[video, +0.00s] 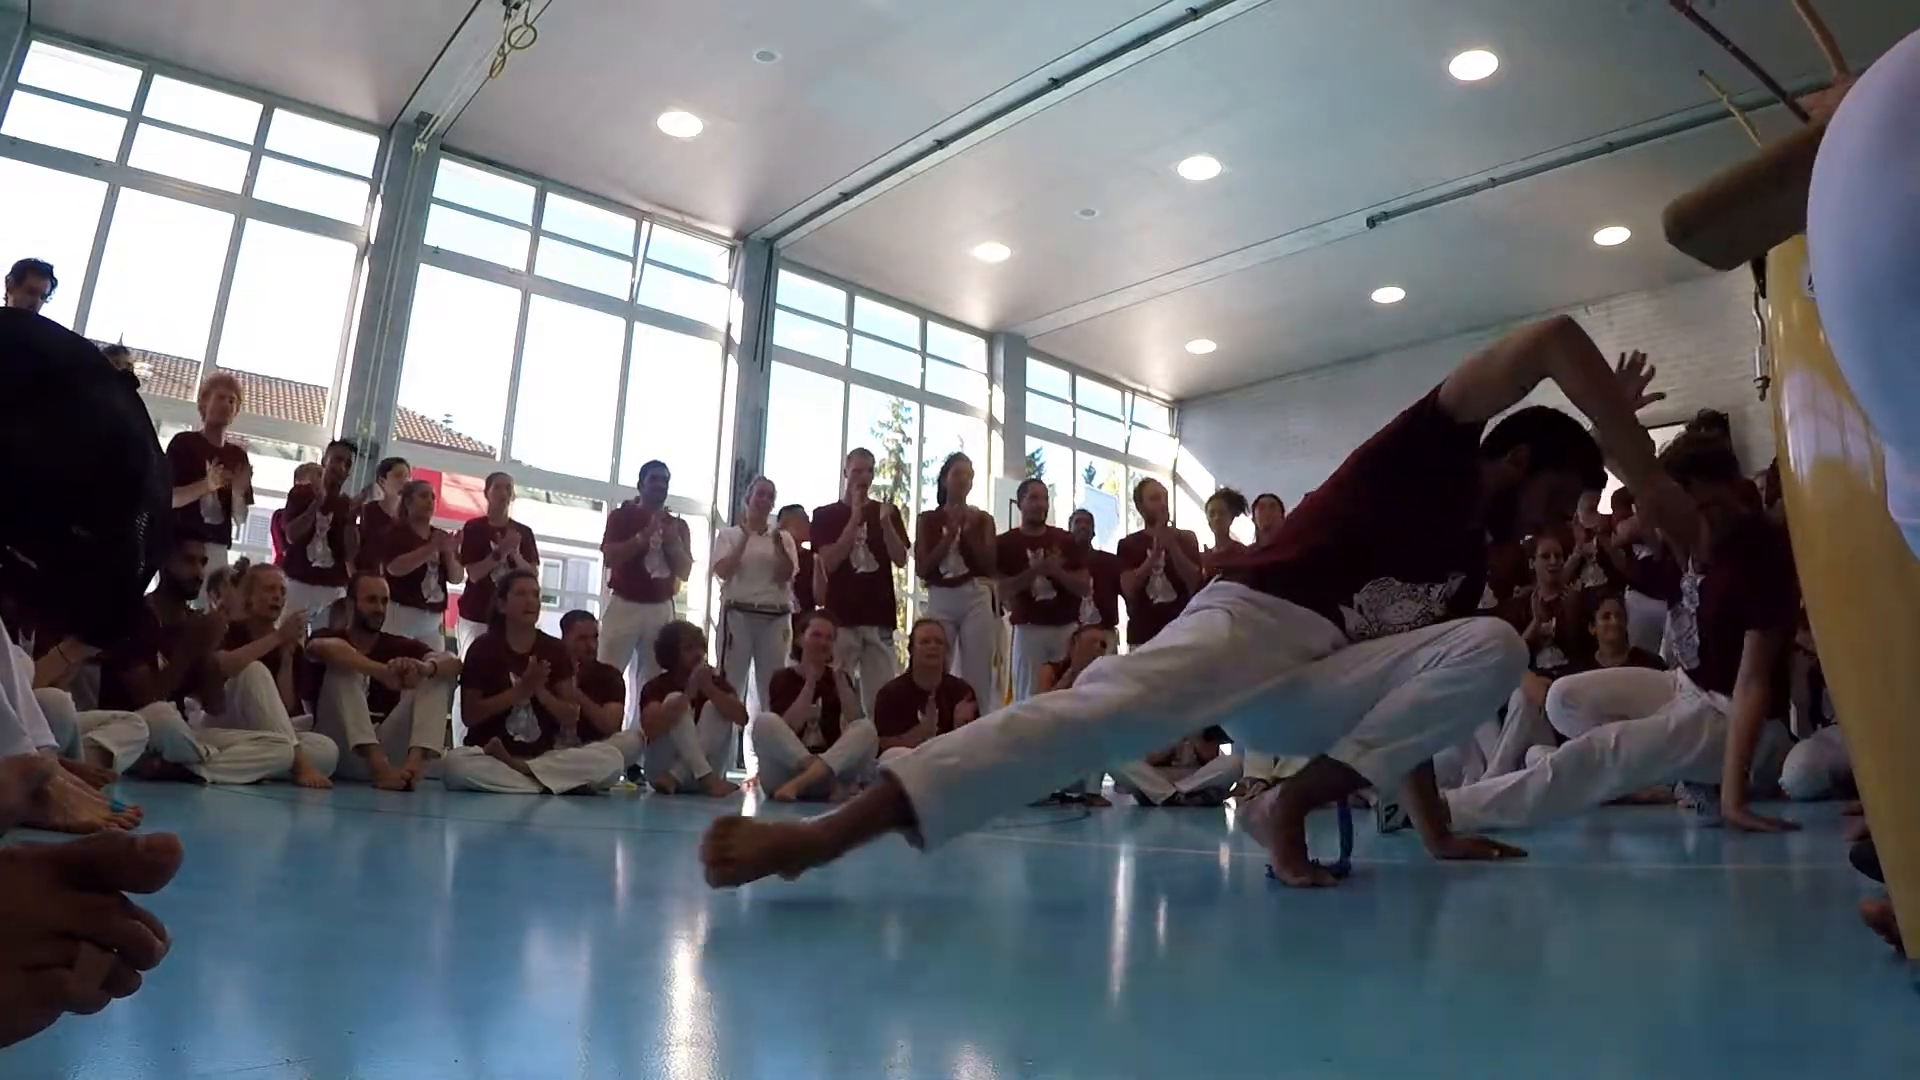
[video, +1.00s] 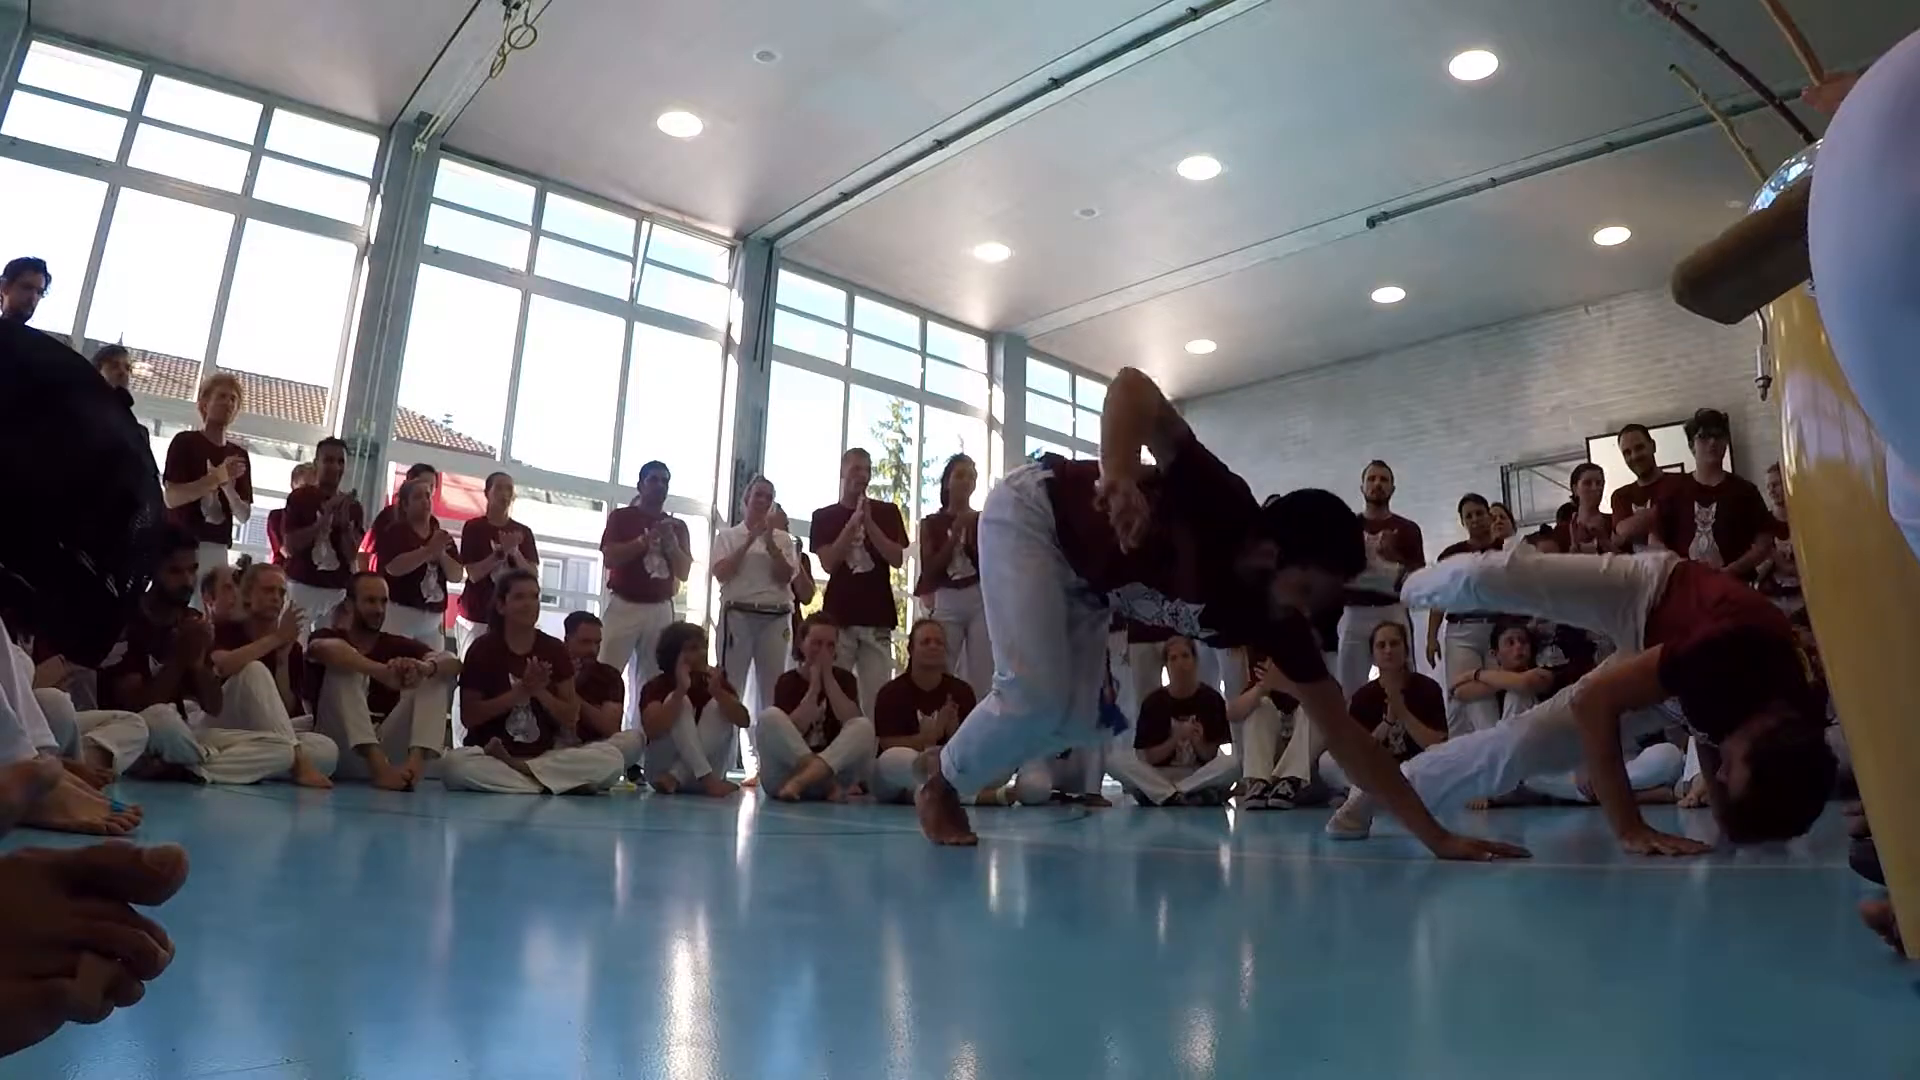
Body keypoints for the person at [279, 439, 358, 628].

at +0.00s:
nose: (341, 468)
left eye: (347, 464)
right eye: (337, 460)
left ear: (351, 471)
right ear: (324, 461)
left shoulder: (346, 504)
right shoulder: (300, 494)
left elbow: (351, 552)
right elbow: (292, 535)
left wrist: (352, 518)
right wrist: (317, 503)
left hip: (333, 586)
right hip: (299, 582)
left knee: (327, 654)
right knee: (288, 646)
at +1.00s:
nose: (334, 467)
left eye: (340, 462)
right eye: (328, 460)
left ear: (345, 467)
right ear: (316, 463)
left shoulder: (352, 506)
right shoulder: (299, 498)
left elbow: (351, 554)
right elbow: (292, 544)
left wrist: (345, 526)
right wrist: (321, 523)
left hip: (336, 588)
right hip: (302, 584)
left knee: (329, 654)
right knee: (292, 650)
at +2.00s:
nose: (337, 470)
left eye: (342, 465)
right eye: (331, 463)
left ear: (346, 469)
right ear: (318, 465)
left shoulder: (353, 508)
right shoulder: (299, 497)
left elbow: (351, 551)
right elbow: (293, 543)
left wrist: (345, 519)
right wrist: (326, 520)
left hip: (335, 589)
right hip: (301, 584)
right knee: (292, 650)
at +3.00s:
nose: (335, 472)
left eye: (341, 467)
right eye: (329, 465)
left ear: (345, 469)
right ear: (317, 464)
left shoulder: (350, 505)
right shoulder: (297, 498)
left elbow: (352, 554)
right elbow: (294, 546)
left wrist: (346, 525)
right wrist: (322, 529)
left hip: (337, 588)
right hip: (302, 585)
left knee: (331, 654)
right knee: (293, 651)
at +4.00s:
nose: (340, 473)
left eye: (346, 468)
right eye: (335, 465)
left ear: (350, 471)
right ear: (323, 464)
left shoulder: (354, 510)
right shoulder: (297, 498)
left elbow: (356, 563)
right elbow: (286, 547)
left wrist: (357, 543)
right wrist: (308, 521)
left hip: (335, 592)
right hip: (299, 587)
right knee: (291, 652)